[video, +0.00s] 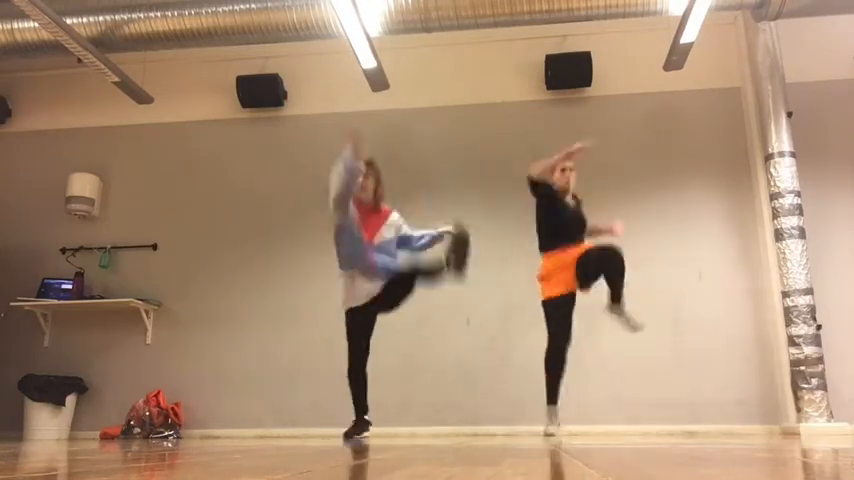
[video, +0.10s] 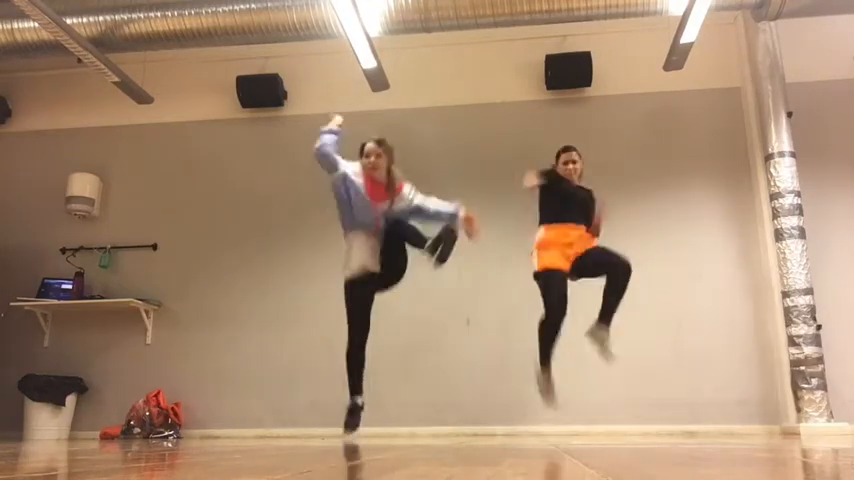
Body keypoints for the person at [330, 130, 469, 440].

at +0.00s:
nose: (363, 184)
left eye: (368, 178)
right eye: (359, 179)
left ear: (378, 184)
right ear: (351, 184)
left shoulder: (389, 219)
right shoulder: (345, 218)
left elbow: (411, 241)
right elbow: (339, 190)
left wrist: (442, 234)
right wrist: (350, 157)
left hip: (384, 293)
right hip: (357, 298)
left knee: (412, 269)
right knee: (357, 363)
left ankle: (447, 264)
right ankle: (361, 418)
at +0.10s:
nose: (372, 160)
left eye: (378, 155)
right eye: (367, 156)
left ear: (389, 160)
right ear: (360, 159)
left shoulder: (399, 192)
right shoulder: (348, 178)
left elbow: (427, 205)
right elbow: (324, 154)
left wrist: (459, 211)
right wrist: (333, 128)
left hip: (388, 268)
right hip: (358, 272)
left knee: (395, 221)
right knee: (357, 338)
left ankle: (432, 248)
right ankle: (355, 402)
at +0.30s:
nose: (378, 163)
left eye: (384, 159)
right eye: (374, 159)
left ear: (395, 163)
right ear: (369, 163)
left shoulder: (406, 190)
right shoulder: (360, 189)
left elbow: (430, 169)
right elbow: (344, 217)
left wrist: (412, 151)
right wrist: (325, 225)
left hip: (385, 268)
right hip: (356, 261)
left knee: (399, 298)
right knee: (359, 243)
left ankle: (397, 367)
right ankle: (359, 293)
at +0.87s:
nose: (380, 178)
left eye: (385, 172)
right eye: (376, 173)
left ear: (396, 176)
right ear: (370, 178)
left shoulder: (411, 203)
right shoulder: (364, 211)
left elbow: (404, 218)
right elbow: (335, 218)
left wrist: (387, 190)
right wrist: (332, 191)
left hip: (404, 295)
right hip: (373, 290)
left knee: (399, 359)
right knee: (340, 304)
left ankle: (397, 417)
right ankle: (336, 365)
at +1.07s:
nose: (379, 152)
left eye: (384, 148)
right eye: (373, 149)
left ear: (393, 152)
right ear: (366, 153)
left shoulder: (403, 169)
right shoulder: (355, 179)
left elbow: (419, 144)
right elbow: (331, 201)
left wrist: (421, 116)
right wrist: (357, 195)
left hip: (407, 257)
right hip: (376, 258)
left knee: (398, 303)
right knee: (329, 266)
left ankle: (425, 360)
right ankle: (362, 311)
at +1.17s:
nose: (380, 160)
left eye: (386, 155)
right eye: (376, 154)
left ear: (396, 159)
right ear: (368, 157)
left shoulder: (408, 178)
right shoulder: (358, 183)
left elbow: (435, 168)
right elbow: (348, 215)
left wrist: (455, 148)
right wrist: (368, 231)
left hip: (402, 258)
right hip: (372, 266)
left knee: (400, 257)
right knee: (335, 310)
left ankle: (439, 299)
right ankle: (352, 368)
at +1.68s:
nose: (392, 172)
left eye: (397, 168)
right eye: (387, 168)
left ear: (407, 171)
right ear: (380, 173)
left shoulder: (421, 196)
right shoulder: (370, 198)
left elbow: (442, 177)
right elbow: (352, 186)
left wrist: (452, 144)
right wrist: (347, 167)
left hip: (404, 292)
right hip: (370, 285)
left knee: (425, 349)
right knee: (317, 296)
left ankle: (416, 411)